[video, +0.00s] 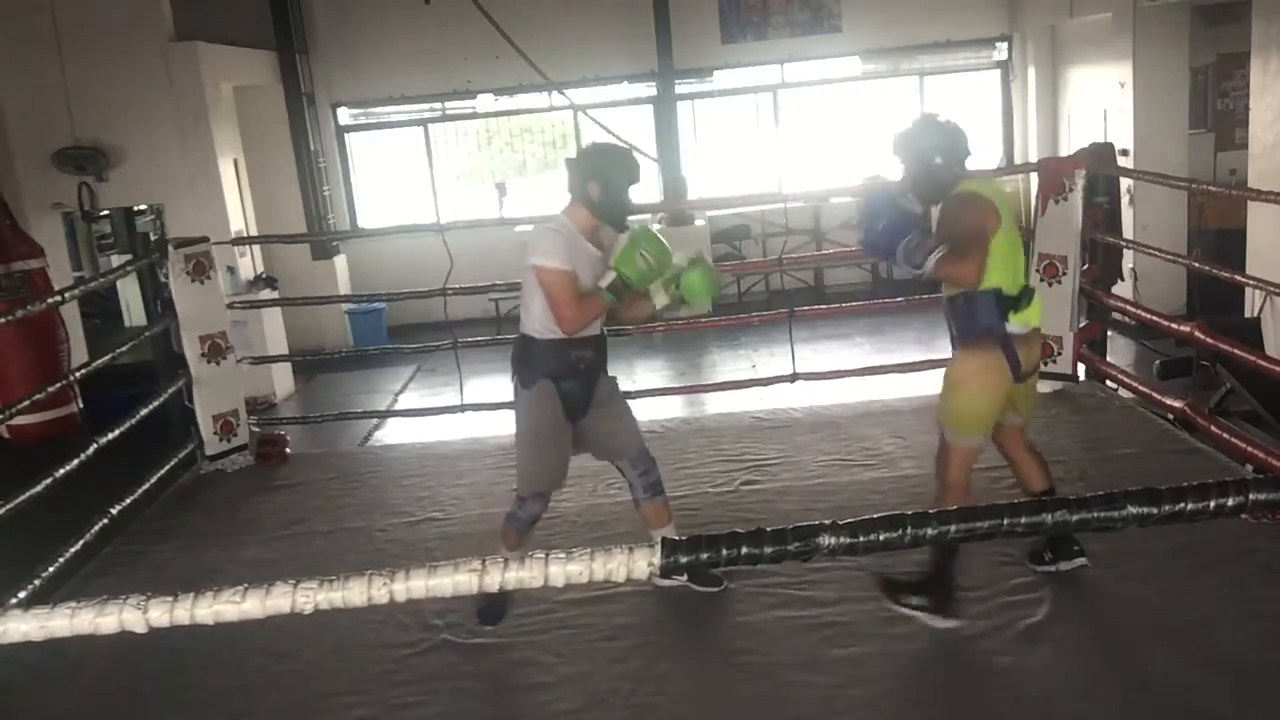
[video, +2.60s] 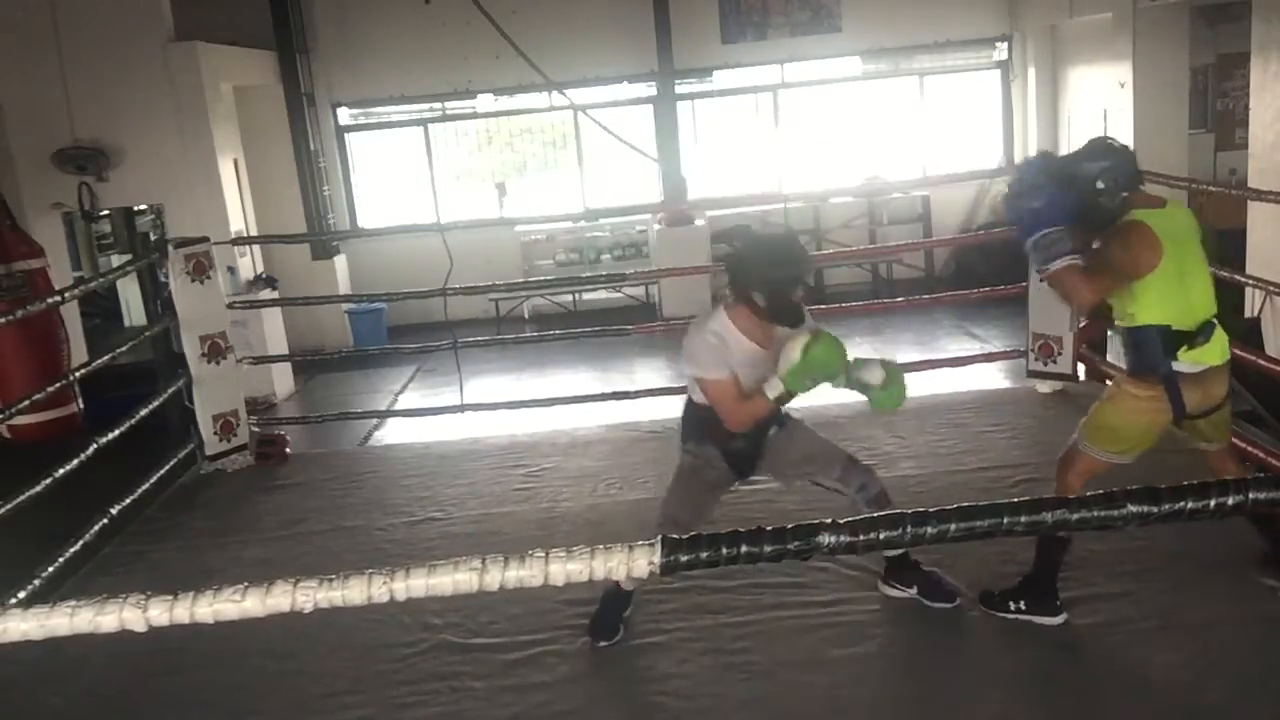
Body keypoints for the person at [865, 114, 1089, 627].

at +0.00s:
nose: (906, 177)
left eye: (908, 164)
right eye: (903, 166)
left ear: (932, 161)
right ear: (955, 156)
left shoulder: (962, 204)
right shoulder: (994, 194)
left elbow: (967, 269)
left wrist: (914, 252)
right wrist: (917, 243)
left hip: (982, 355)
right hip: (1023, 345)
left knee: (953, 468)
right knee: (1012, 439)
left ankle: (939, 583)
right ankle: (1060, 536)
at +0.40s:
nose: (898, 217)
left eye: (899, 207)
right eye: (895, 208)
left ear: (920, 203)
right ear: (946, 190)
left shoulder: (962, 241)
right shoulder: (982, 223)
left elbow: (955, 325)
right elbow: (929, 268)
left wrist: (895, 292)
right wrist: (885, 248)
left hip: (995, 378)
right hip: (1039, 364)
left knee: (935, 474)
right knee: (1055, 450)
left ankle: (914, 592)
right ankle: (1136, 542)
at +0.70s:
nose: (970, 205)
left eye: (971, 195)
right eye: (968, 197)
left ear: (989, 195)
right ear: (1017, 184)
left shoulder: (1030, 235)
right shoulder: (1055, 223)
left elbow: (1035, 293)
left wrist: (972, 258)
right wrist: (956, 243)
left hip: (1041, 384)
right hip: (1090, 375)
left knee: (976, 482)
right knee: (1099, 470)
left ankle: (927, 590)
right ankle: (1164, 568)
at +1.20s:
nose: (962, 198)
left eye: (962, 188)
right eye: (959, 189)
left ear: (979, 186)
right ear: (1009, 176)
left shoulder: (1002, 229)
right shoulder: (1055, 209)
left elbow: (942, 273)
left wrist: (917, 208)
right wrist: (952, 209)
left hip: (1045, 375)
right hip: (1099, 361)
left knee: (988, 476)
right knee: (1106, 454)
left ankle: (965, 597)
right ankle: (1164, 557)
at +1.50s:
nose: (988, 202)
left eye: (989, 191)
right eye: (985, 192)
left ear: (1008, 190)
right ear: (1039, 179)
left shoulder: (1040, 232)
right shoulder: (1080, 216)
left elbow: (1024, 298)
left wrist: (973, 260)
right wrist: (986, 241)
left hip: (1064, 374)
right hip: (1114, 361)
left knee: (996, 478)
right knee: (1131, 448)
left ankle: (965, 595)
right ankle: (1194, 541)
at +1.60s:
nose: (1024, 204)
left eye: (1027, 193)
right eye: (1022, 194)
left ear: (1053, 190)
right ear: (1073, 183)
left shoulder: (1089, 232)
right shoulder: (1105, 221)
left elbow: (1113, 301)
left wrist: (1048, 285)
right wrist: (1020, 252)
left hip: (1098, 374)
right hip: (1141, 366)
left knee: (1022, 475)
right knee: (1144, 455)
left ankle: (968, 584)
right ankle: (1204, 551)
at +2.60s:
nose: (1085, 202)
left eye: (1085, 193)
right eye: (1082, 193)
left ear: (1101, 192)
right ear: (1130, 180)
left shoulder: (1130, 235)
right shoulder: (1182, 216)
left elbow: (1083, 294)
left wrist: (1040, 234)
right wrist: (1078, 229)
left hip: (1150, 384)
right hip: (1212, 371)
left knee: (1071, 473)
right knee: (1224, 461)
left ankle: (1041, 588)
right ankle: (1274, 546)